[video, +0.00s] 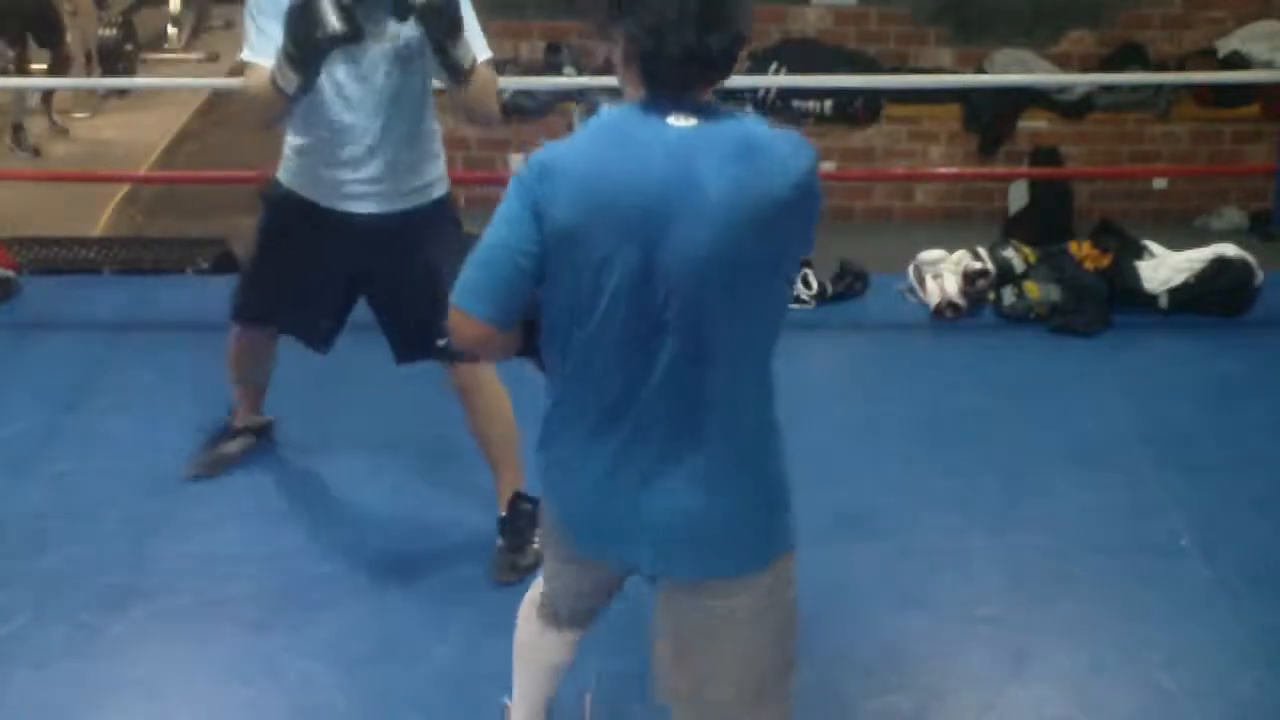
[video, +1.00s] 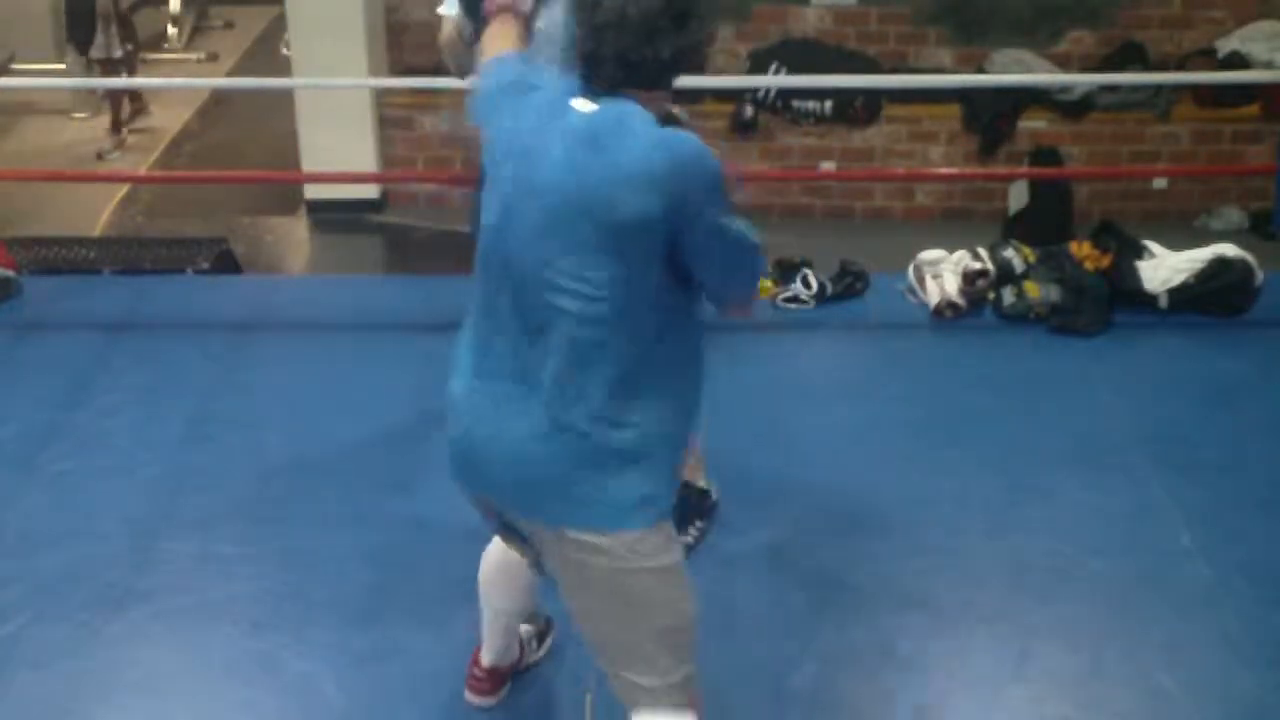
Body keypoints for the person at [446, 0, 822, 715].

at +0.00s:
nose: (605, 52)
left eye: (611, 37)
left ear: (623, 53)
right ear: (732, 54)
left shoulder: (556, 172)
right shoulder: (785, 170)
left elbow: (473, 330)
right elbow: (769, 283)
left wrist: (554, 330)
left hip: (589, 491)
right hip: (726, 507)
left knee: (556, 612)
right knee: (731, 704)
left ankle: (524, 710)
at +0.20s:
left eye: (612, 46)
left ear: (619, 63)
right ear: (724, 70)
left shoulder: (535, 173)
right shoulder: (770, 186)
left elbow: (450, 322)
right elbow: (760, 310)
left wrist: (533, 334)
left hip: (561, 488)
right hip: (700, 511)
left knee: (534, 589)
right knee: (729, 707)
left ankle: (498, 706)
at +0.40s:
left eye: (603, 36)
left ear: (612, 58)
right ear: (713, 68)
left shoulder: (530, 156)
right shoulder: (752, 185)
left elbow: (438, 293)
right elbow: (749, 310)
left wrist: (500, 310)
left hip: (530, 473)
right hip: (658, 499)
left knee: (521, 589)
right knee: (730, 702)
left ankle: (499, 706)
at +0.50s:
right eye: (747, 70)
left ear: (635, 67)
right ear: (738, 85)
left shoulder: (543, 159)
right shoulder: (762, 196)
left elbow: (444, 294)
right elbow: (759, 329)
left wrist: (504, 323)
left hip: (531, 478)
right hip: (659, 511)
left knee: (520, 597)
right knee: (726, 705)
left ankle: (497, 705)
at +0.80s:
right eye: (760, 77)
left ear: (645, 72)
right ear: (750, 92)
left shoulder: (556, 164)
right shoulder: (771, 210)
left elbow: (440, 277)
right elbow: (787, 333)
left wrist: (539, 303)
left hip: (538, 492)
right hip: (668, 525)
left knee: (544, 562)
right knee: (711, 705)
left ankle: (493, 684)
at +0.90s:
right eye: (732, 68)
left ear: (622, 60)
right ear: (719, 77)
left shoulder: (536, 148)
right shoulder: (737, 186)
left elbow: (421, 189)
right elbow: (773, 313)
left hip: (527, 480)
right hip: (653, 519)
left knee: (533, 543)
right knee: (693, 703)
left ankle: (493, 660)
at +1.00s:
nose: (703, 60)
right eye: (697, 48)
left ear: (590, 43)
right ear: (681, 62)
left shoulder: (519, 112)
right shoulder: (678, 165)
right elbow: (737, 287)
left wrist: (504, 15)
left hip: (485, 440)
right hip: (601, 479)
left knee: (518, 533)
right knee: (662, 697)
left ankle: (496, 656)